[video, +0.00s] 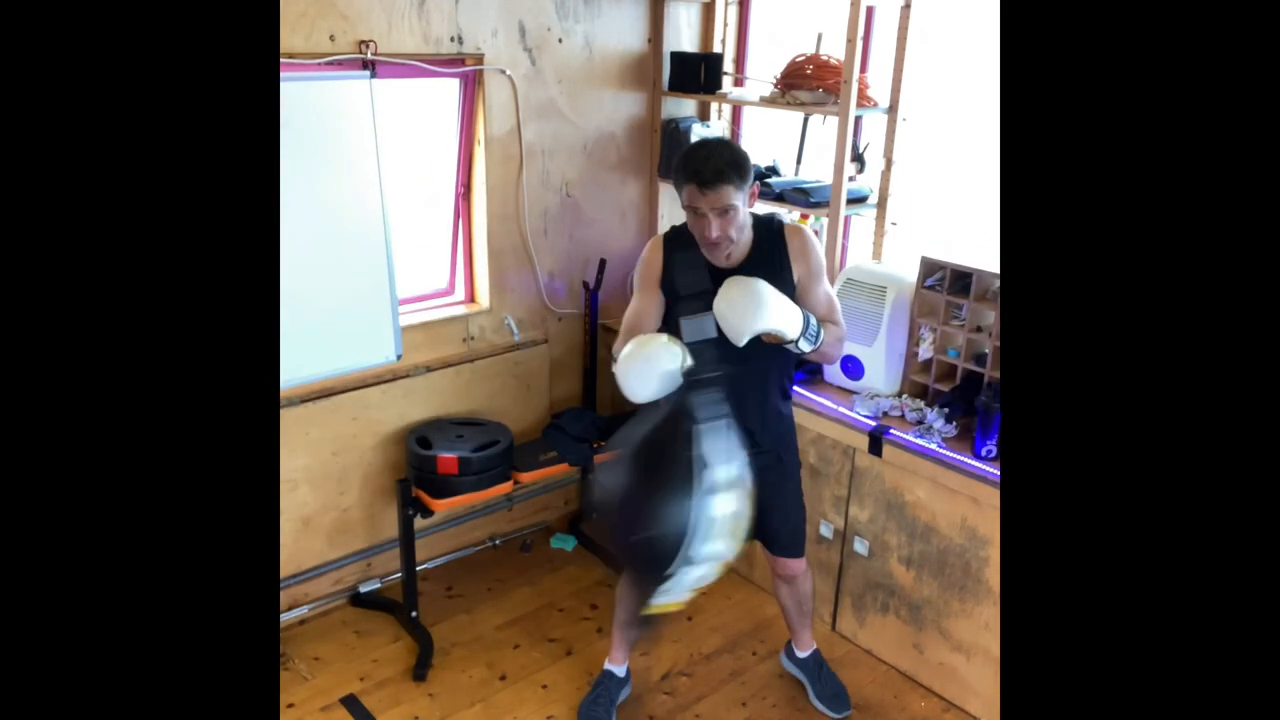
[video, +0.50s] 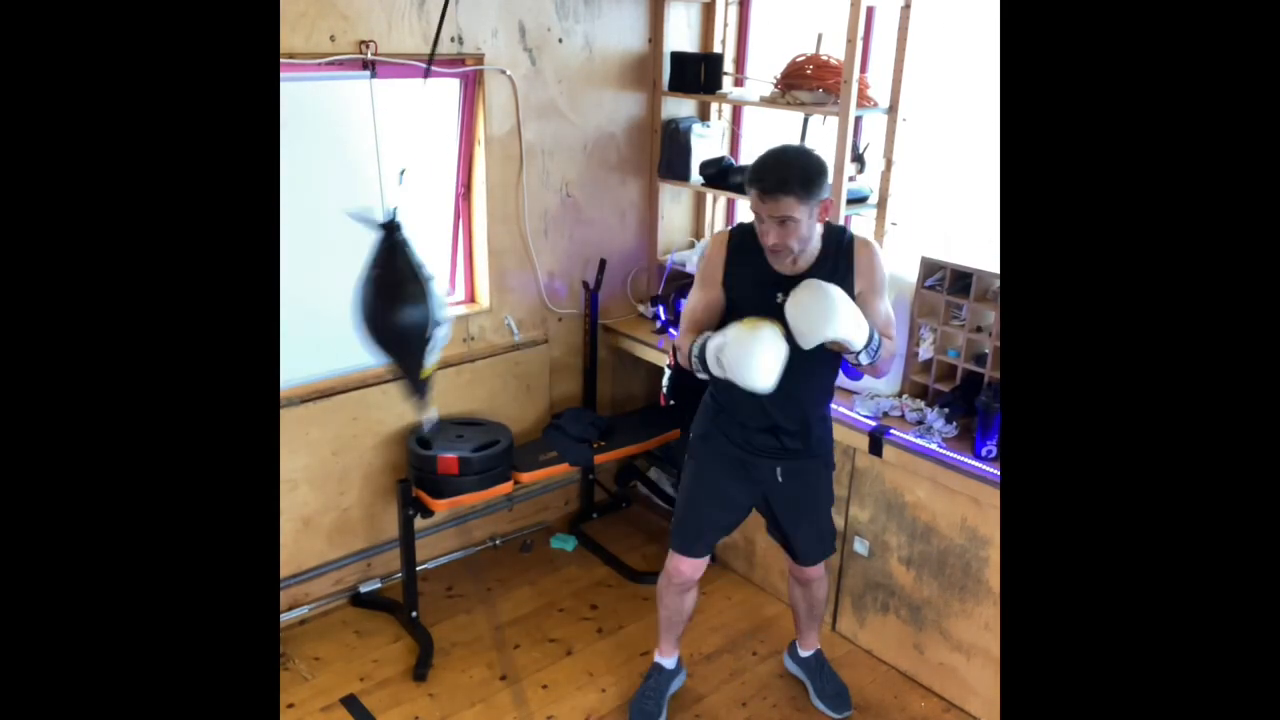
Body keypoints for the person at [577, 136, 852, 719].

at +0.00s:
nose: (713, 229)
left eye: (725, 212)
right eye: (698, 214)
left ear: (751, 197)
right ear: (683, 204)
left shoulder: (793, 244)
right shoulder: (663, 252)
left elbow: (833, 342)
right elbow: (632, 339)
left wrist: (796, 329)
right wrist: (640, 363)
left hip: (764, 427)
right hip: (684, 426)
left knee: (791, 564)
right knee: (644, 552)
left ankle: (804, 652)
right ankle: (615, 668)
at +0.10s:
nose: (740, 234)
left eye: (751, 216)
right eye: (723, 219)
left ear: (767, 204)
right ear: (696, 210)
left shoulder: (800, 252)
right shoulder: (669, 258)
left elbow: (842, 340)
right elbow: (641, 376)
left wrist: (800, 343)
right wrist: (659, 343)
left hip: (770, 441)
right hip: (689, 439)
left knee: (796, 572)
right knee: (645, 572)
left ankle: (803, 651)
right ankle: (616, 671)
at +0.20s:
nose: (764, 231)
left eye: (776, 214)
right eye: (748, 216)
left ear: (789, 202)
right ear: (718, 204)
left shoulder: (804, 241)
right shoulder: (695, 250)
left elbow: (829, 320)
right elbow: (709, 333)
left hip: (778, 437)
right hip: (700, 439)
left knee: (804, 572)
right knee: (652, 570)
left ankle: (812, 650)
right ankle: (616, 671)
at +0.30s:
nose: (783, 227)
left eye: (796, 212)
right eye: (768, 212)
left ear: (815, 198)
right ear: (744, 199)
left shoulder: (823, 240)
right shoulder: (717, 247)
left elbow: (835, 318)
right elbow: (740, 338)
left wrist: (854, 344)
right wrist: (814, 347)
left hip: (788, 429)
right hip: (714, 432)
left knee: (806, 558)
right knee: (661, 565)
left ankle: (810, 649)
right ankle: (617, 670)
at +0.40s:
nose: (789, 233)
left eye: (805, 219)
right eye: (777, 216)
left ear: (836, 208)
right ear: (764, 202)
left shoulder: (850, 251)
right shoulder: (731, 250)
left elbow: (858, 350)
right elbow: (704, 361)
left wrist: (855, 336)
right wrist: (768, 371)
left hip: (801, 435)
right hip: (724, 430)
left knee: (809, 559)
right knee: (673, 565)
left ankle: (806, 653)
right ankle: (628, 669)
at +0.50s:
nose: (770, 236)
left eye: (785, 222)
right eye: (761, 219)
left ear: (820, 213)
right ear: (751, 208)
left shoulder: (856, 258)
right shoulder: (726, 249)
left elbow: (884, 359)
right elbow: (684, 344)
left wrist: (855, 334)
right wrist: (714, 351)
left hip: (802, 446)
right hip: (724, 437)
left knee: (810, 569)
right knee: (681, 569)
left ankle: (807, 653)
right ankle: (665, 663)